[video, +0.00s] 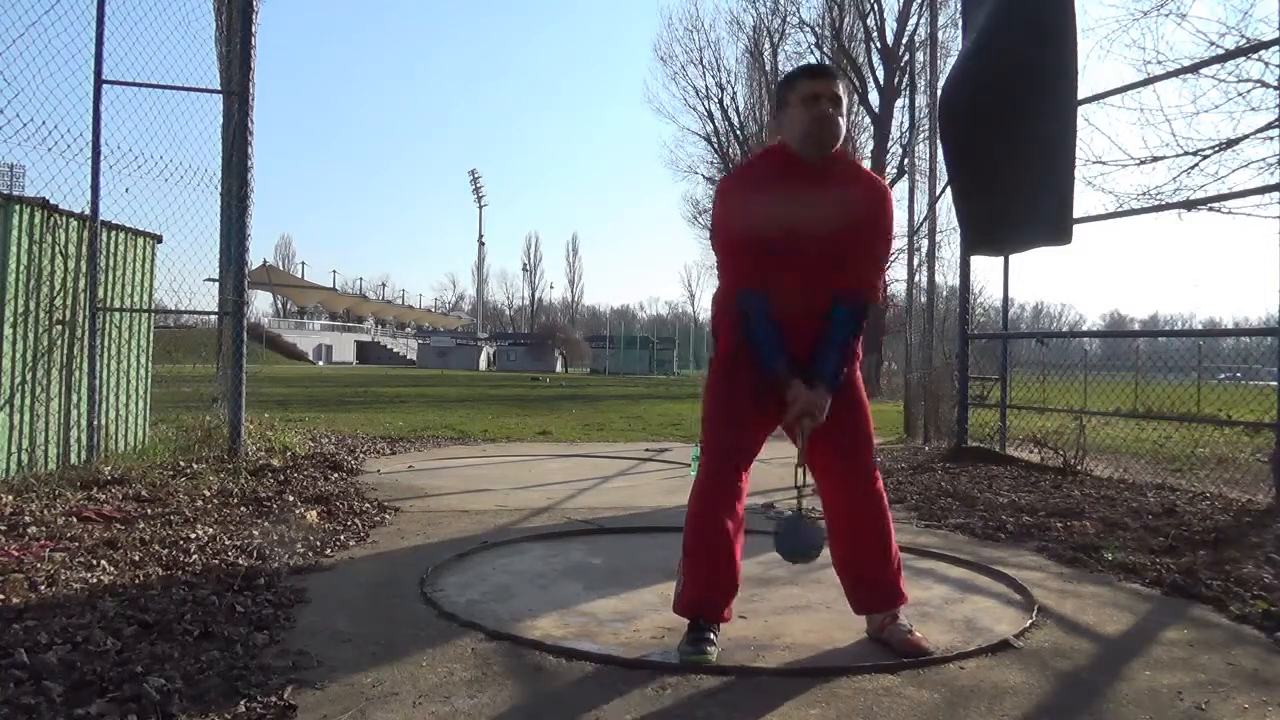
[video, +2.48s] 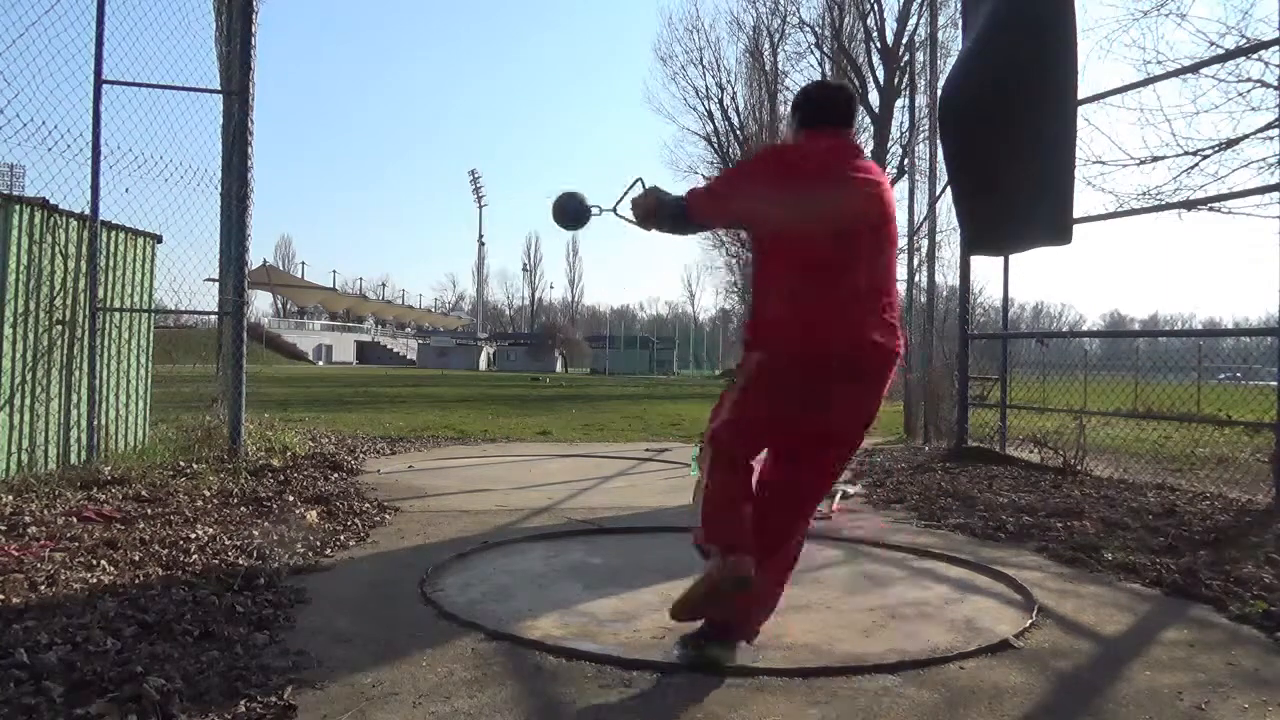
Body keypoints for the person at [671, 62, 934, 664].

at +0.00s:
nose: (828, 110)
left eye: (835, 101)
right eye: (812, 101)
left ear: (846, 114)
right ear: (781, 115)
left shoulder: (869, 191)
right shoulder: (742, 186)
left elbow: (859, 294)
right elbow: (744, 288)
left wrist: (824, 381)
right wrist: (784, 378)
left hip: (831, 350)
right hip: (750, 344)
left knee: (858, 477)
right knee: (721, 474)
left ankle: (886, 616)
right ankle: (703, 620)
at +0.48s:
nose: (842, 87)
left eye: (849, 83)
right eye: (827, 80)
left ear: (857, 106)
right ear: (794, 103)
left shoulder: (871, 167)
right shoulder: (768, 148)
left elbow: (909, 204)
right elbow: (799, 190)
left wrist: (955, 203)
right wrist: (890, 194)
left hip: (840, 359)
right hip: (759, 355)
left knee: (864, 486)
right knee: (728, 486)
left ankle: (881, 614)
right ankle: (704, 617)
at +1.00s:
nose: (941, 120)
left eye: (942, 112)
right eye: (925, 109)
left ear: (933, 131)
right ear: (885, 121)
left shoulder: (917, 209)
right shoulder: (863, 169)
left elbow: (897, 302)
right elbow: (908, 276)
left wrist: (934, 368)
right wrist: (946, 355)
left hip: (853, 361)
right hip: (790, 350)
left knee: (877, 485)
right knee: (756, 481)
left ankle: (882, 618)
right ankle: (699, 612)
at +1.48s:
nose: (941, 109)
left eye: (940, 101)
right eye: (927, 102)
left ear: (896, 118)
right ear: (887, 113)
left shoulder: (870, 160)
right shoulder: (909, 157)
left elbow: (858, 246)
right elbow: (962, 222)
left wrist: (918, 257)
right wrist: (947, 256)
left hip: (850, 352)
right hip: (812, 345)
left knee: (874, 484)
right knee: (786, 495)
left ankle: (881, 617)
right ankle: (700, 601)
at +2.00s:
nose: (761, 144)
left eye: (775, 134)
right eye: (752, 136)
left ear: (803, 147)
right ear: (743, 151)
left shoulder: (838, 220)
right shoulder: (721, 218)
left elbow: (859, 318)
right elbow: (726, 302)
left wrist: (872, 373)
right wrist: (721, 367)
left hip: (814, 388)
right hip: (733, 386)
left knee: (856, 483)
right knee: (704, 483)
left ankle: (881, 615)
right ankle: (732, 617)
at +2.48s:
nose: (791, 134)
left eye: (793, 124)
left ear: (797, 124)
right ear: (852, 127)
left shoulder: (775, 167)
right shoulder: (877, 182)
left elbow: (695, 211)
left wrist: (657, 208)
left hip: (787, 350)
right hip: (868, 357)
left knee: (728, 444)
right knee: (793, 491)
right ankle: (729, 632)